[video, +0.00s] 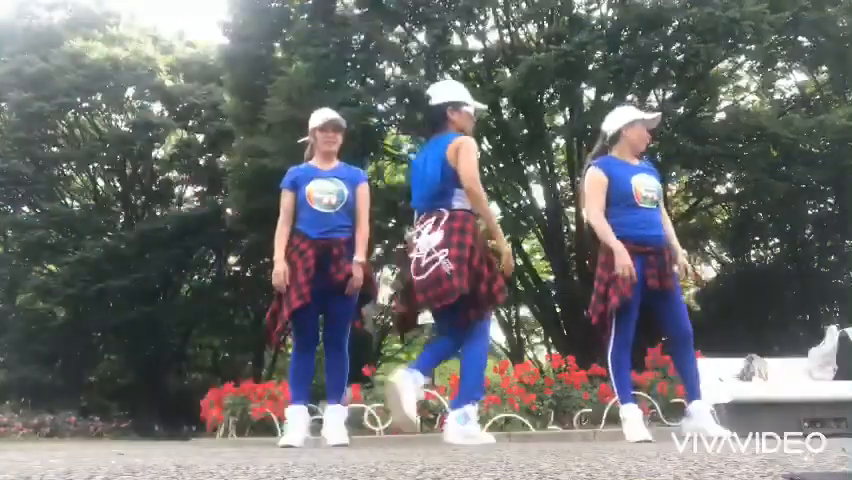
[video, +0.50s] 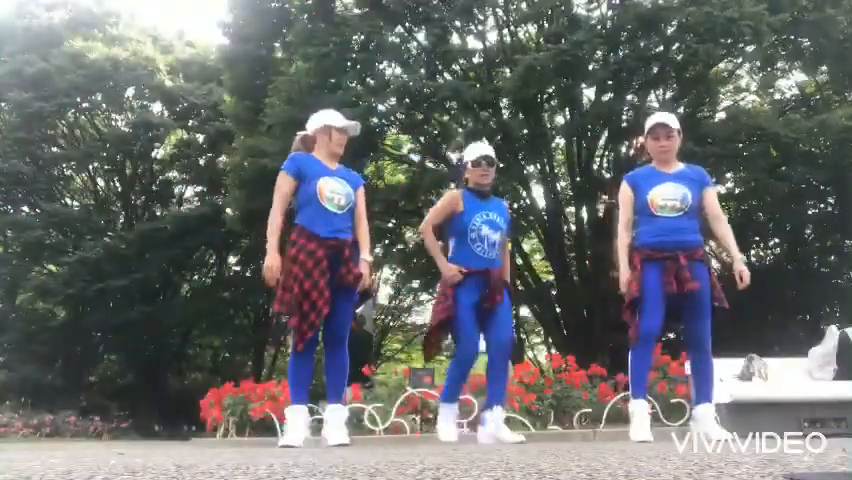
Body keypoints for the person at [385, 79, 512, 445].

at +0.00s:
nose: (474, 118)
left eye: (473, 112)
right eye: (470, 112)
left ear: (443, 115)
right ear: (452, 113)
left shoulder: (421, 155)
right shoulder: (462, 142)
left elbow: (422, 208)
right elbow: (473, 188)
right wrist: (498, 237)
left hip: (428, 244)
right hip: (461, 238)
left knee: (452, 328)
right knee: (479, 326)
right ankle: (464, 417)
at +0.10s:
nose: (484, 130)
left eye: (483, 124)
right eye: (479, 123)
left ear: (460, 129)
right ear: (463, 126)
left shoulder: (447, 159)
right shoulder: (468, 153)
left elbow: (447, 206)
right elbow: (474, 195)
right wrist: (496, 221)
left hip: (450, 237)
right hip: (464, 236)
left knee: (480, 327)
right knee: (483, 327)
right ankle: (464, 415)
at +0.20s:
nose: (491, 144)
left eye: (490, 138)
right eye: (485, 138)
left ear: (470, 144)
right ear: (466, 143)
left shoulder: (467, 173)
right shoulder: (467, 169)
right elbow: (463, 205)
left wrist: (495, 239)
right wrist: (495, 234)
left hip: (475, 250)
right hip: (467, 249)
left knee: (493, 334)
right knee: (484, 332)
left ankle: (493, 412)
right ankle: (462, 415)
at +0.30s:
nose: (492, 157)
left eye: (495, 152)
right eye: (484, 152)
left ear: (497, 158)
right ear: (467, 158)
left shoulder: (493, 197)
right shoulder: (463, 186)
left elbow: (493, 240)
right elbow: (441, 219)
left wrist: (500, 266)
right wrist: (475, 252)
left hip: (493, 271)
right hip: (468, 269)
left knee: (505, 342)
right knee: (483, 336)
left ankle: (493, 417)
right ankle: (454, 405)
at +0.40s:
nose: (489, 162)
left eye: (494, 156)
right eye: (482, 156)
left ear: (499, 162)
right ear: (467, 162)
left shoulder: (498, 199)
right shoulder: (460, 190)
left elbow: (501, 244)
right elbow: (431, 219)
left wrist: (507, 280)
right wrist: (453, 257)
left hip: (497, 276)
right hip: (468, 273)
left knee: (505, 343)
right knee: (481, 338)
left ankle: (493, 420)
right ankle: (445, 410)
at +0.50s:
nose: (484, 170)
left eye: (489, 164)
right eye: (477, 164)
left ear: (496, 170)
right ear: (466, 170)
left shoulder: (502, 207)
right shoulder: (457, 198)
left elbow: (505, 249)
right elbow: (426, 227)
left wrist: (505, 283)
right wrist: (443, 265)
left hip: (495, 281)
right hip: (465, 281)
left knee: (503, 344)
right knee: (468, 348)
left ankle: (493, 419)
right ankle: (448, 412)